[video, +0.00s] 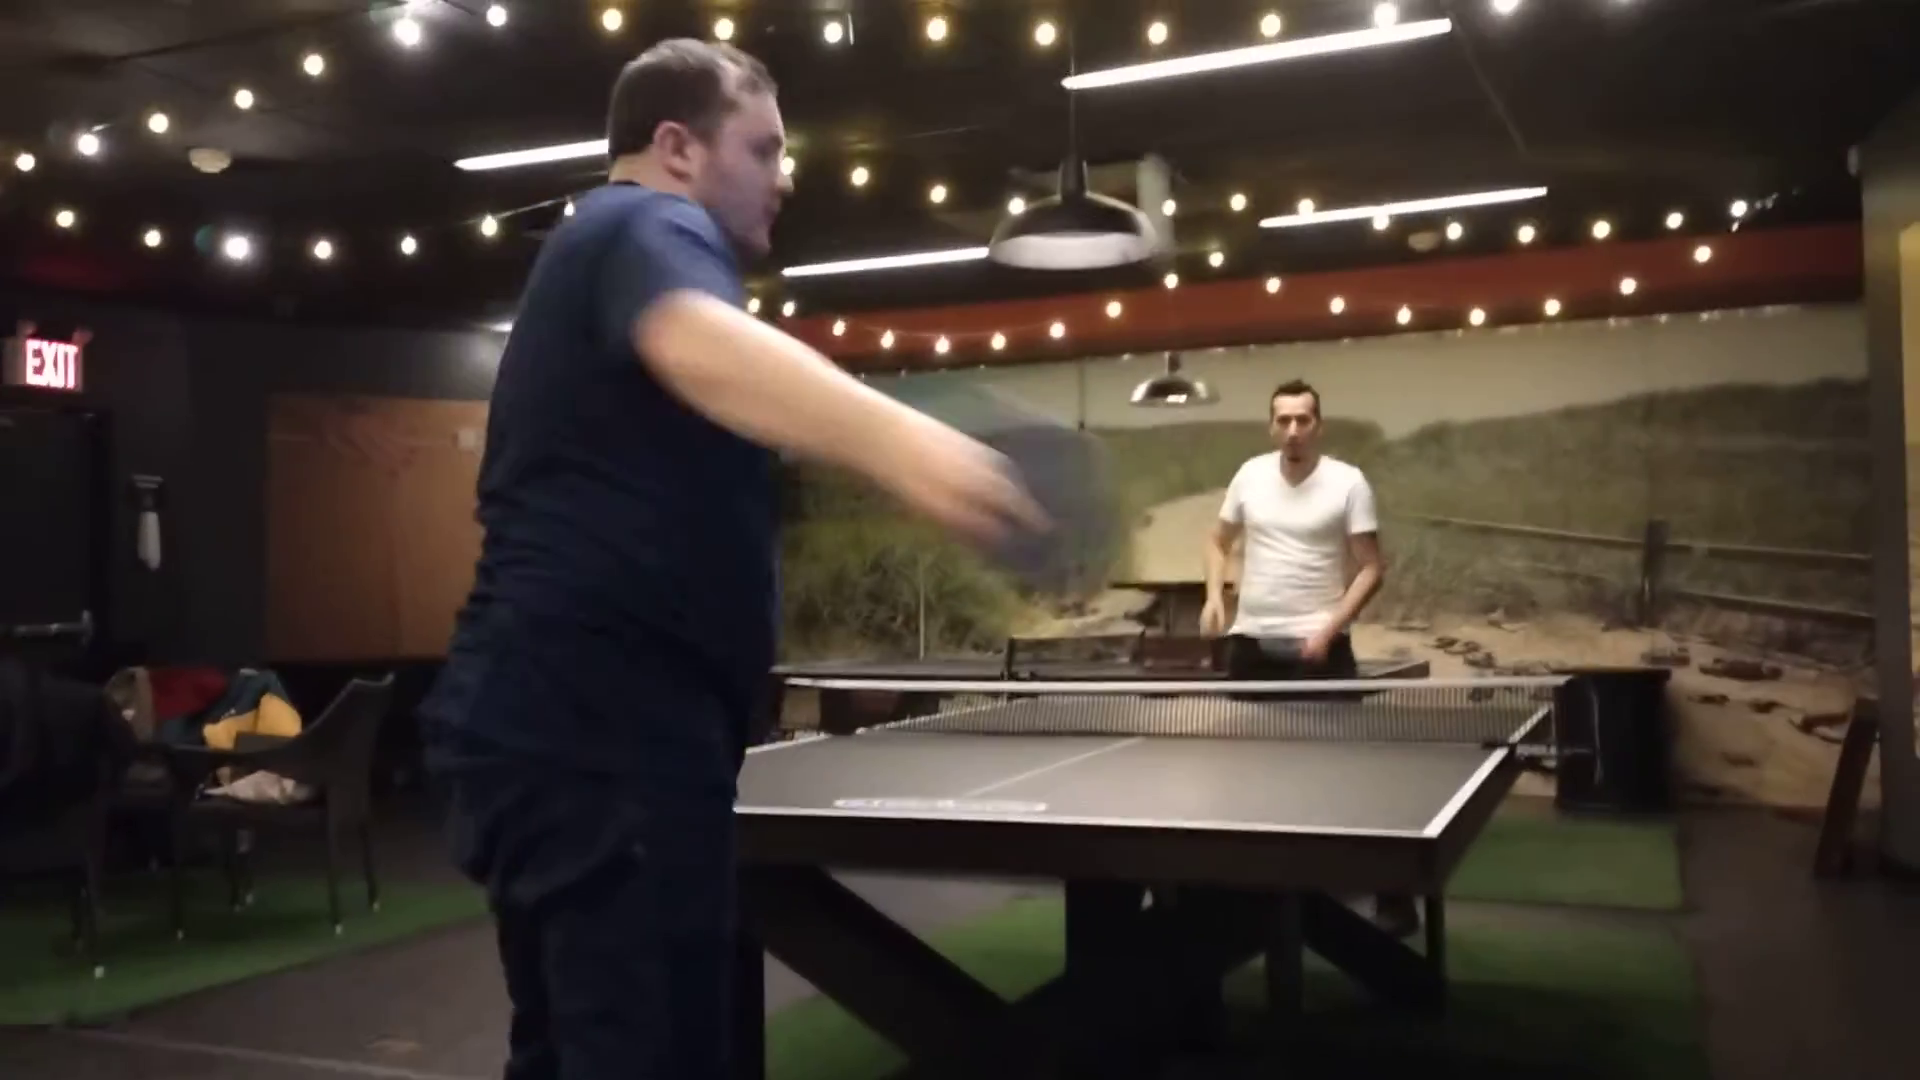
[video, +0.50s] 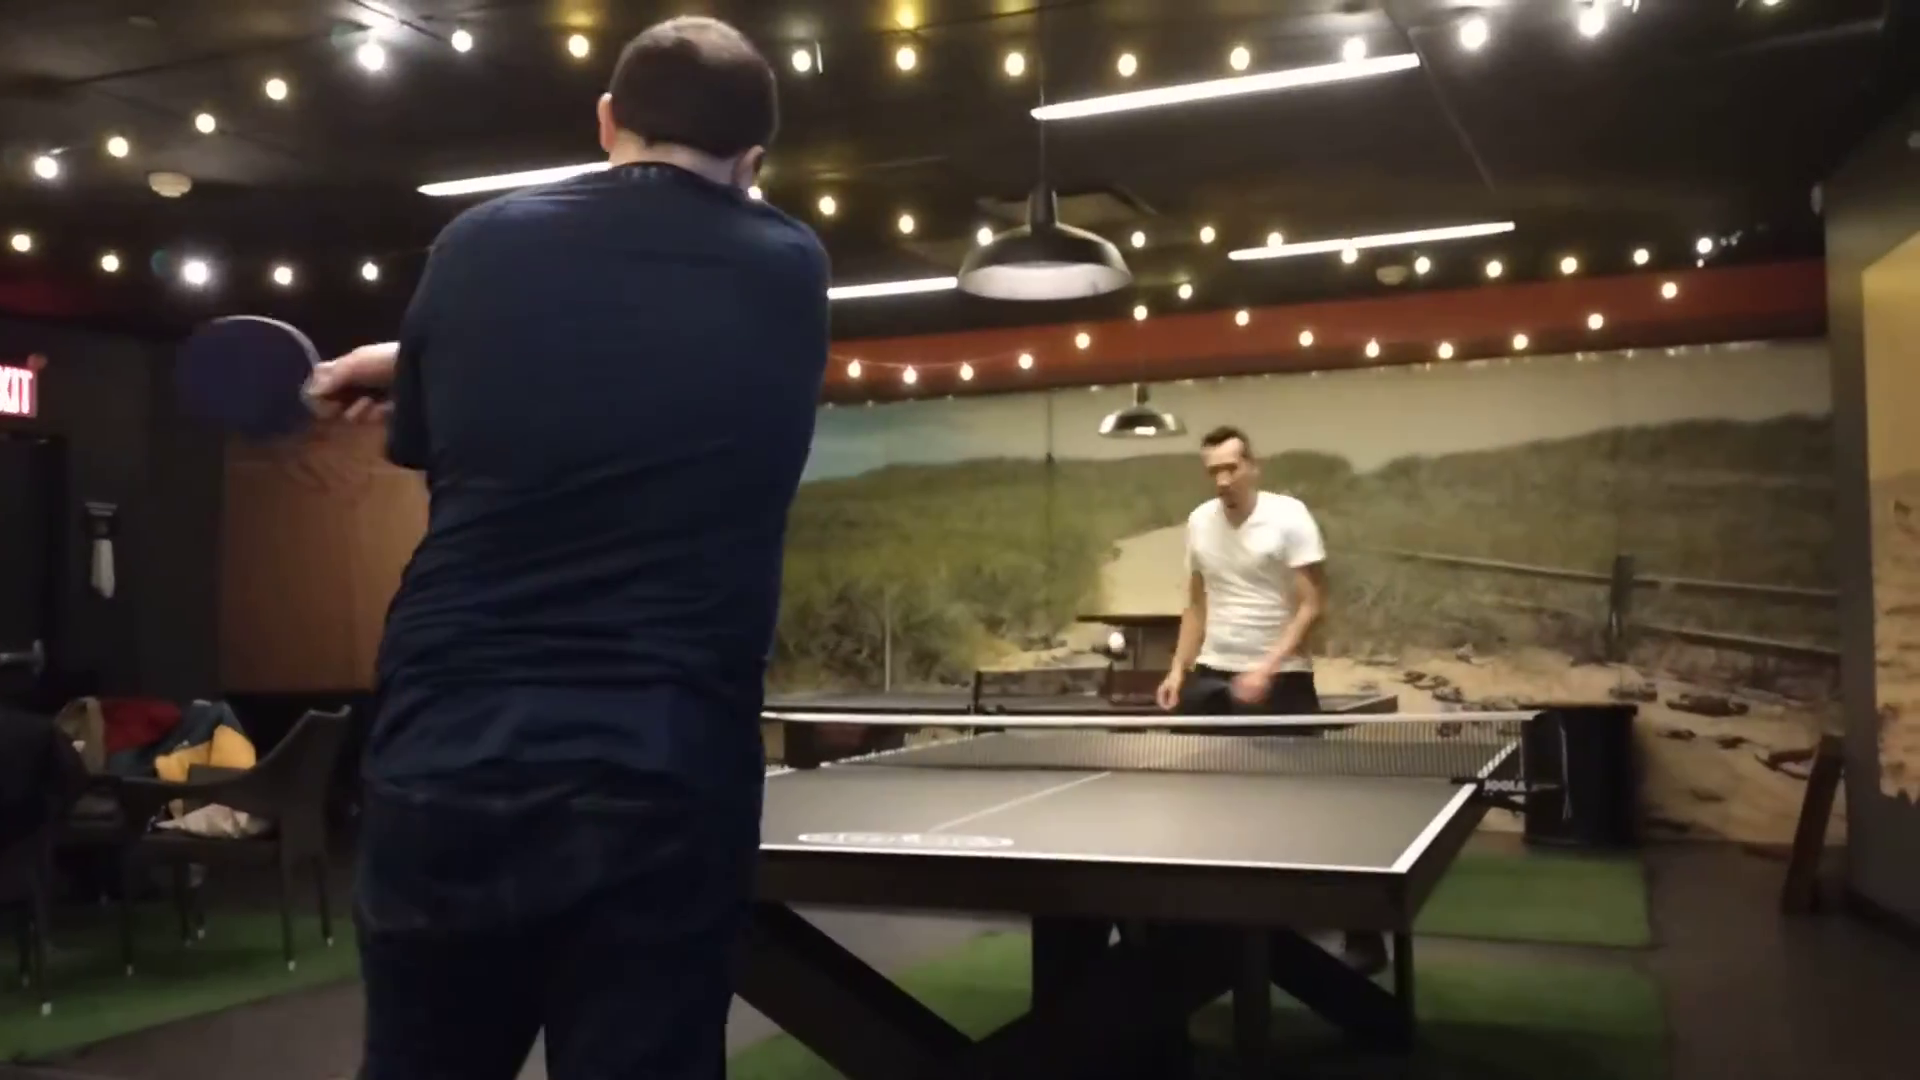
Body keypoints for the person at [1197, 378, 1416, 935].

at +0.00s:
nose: (1293, 429)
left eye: (1302, 420)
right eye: (1284, 420)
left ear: (1320, 425)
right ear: (1271, 426)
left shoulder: (1348, 483)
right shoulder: (1251, 476)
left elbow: (1372, 569)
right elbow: (1218, 541)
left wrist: (1329, 626)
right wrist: (1214, 597)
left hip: (1320, 648)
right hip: (1251, 646)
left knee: (1339, 764)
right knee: (1245, 761)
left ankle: (1383, 893)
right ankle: (1242, 889)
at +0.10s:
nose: (1282, 447)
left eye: (1292, 438)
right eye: (1273, 438)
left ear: (1308, 442)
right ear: (1260, 443)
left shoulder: (1336, 500)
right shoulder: (1239, 492)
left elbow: (1355, 589)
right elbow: (1219, 570)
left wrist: (1324, 659)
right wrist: (1218, 638)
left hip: (1313, 659)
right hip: (1250, 658)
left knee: (1334, 777)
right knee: (1251, 776)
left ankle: (1377, 910)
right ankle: (1253, 907)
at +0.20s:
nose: (1272, 454)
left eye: (1281, 445)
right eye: (1262, 446)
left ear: (1298, 450)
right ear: (1250, 451)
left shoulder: (1327, 507)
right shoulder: (1230, 500)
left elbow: (1346, 596)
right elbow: (1211, 579)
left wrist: (1319, 668)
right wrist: (1199, 651)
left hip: (1298, 672)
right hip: (1230, 670)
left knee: (1326, 792)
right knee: (1222, 790)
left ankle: (1373, 920)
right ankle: (1221, 923)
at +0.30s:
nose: (1264, 461)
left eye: (1273, 452)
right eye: (1254, 452)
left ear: (1290, 455)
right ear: (1242, 457)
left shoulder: (1320, 512)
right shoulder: (1222, 505)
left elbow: (1340, 601)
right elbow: (1204, 587)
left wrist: (1314, 672)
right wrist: (1195, 661)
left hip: (1292, 679)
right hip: (1225, 677)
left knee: (1316, 796)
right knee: (1221, 796)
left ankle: (1368, 927)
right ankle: (1221, 929)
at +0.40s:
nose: (1250, 465)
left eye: (1259, 455)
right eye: (1241, 457)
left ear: (1278, 459)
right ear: (1230, 463)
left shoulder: (1309, 513)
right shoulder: (1213, 510)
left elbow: (1331, 603)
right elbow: (1199, 593)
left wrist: (1300, 675)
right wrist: (1188, 667)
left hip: (1285, 680)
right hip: (1219, 678)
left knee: (1312, 797)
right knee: (1212, 796)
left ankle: (1363, 929)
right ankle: (1212, 929)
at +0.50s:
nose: (1223, 479)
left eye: (1232, 467)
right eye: (1214, 471)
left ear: (1254, 466)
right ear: (1207, 475)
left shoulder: (1289, 517)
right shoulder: (1200, 523)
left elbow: (1312, 601)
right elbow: (1196, 606)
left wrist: (1268, 664)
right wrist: (1178, 670)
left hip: (1281, 683)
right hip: (1213, 682)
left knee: (1313, 800)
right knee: (1193, 797)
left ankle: (1362, 933)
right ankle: (1198, 932)